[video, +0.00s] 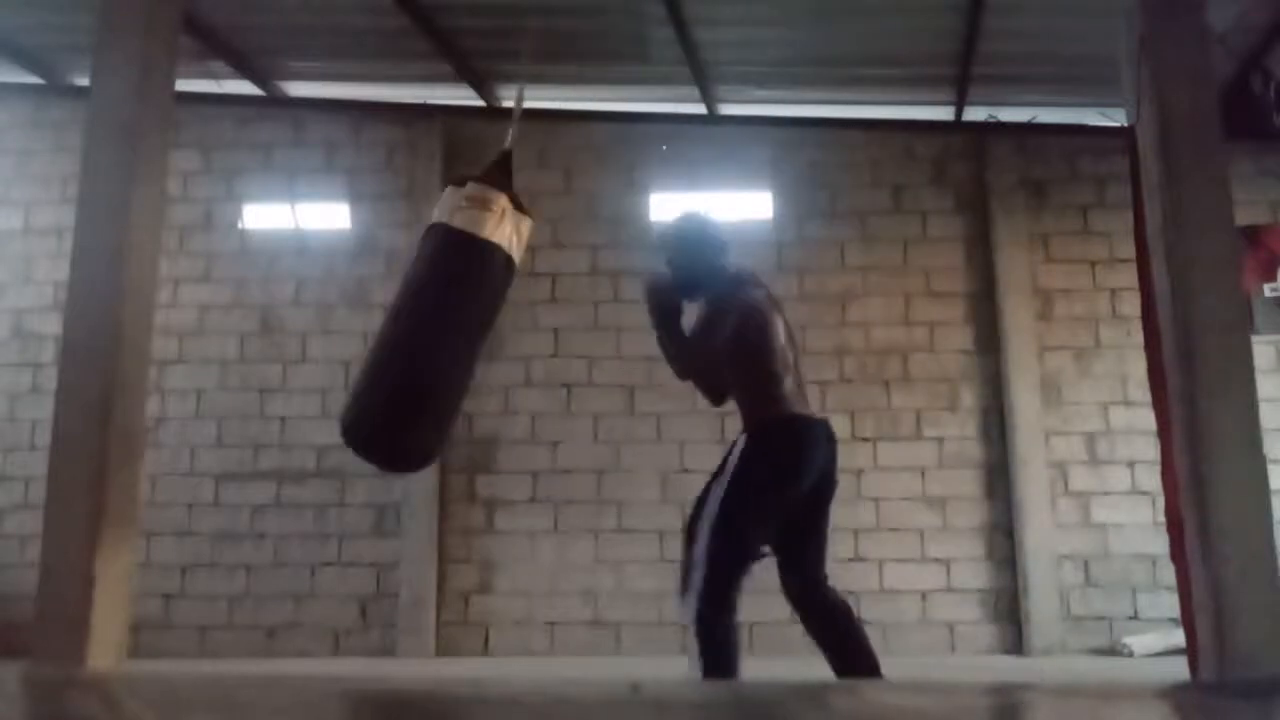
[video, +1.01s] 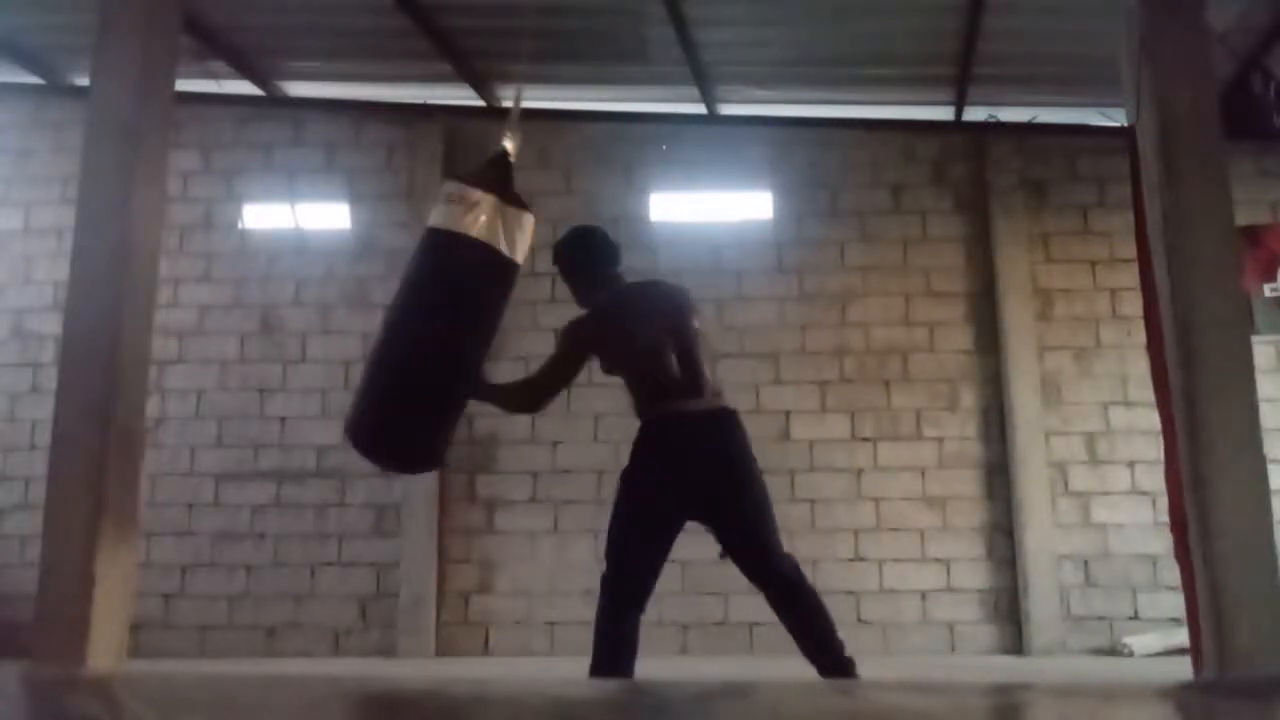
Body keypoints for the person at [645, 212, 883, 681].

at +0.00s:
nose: (671, 270)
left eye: (675, 259)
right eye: (670, 259)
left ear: (696, 257)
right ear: (717, 252)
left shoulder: (731, 298)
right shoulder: (754, 295)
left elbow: (687, 366)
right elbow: (716, 387)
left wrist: (664, 314)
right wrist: (675, 317)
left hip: (772, 444)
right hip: (812, 441)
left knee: (711, 565)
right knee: (805, 581)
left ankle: (720, 697)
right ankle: (872, 696)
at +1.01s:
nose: (569, 288)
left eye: (568, 277)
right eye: (565, 277)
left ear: (578, 274)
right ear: (613, 259)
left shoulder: (589, 326)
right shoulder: (670, 292)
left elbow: (532, 395)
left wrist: (474, 387)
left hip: (664, 444)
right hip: (722, 435)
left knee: (624, 586)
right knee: (768, 562)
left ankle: (607, 703)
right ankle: (842, 675)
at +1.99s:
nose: (774, 311)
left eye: (775, 298)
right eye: (771, 301)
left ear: (797, 290)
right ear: (815, 288)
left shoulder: (832, 320)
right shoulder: (860, 327)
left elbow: (815, 393)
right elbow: (876, 396)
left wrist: (775, 355)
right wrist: (795, 358)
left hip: (857, 462)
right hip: (886, 459)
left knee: (840, 576)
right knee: (878, 579)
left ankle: (898, 684)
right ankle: (909, 685)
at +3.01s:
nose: (765, 318)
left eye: (771, 307)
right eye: (762, 308)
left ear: (795, 306)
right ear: (776, 309)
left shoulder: (831, 341)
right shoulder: (787, 361)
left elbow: (845, 390)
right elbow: (781, 426)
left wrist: (791, 368)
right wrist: (759, 386)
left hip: (863, 469)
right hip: (854, 472)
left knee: (817, 572)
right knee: (878, 584)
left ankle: (808, 685)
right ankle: (955, 674)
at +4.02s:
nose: (647, 318)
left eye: (653, 308)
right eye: (647, 308)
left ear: (671, 308)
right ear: (694, 309)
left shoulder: (683, 341)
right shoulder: (731, 344)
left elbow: (630, 351)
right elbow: (720, 424)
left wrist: (572, 350)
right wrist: (660, 408)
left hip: (725, 462)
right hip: (769, 462)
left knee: (655, 560)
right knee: (773, 579)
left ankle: (615, 671)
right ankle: (832, 675)